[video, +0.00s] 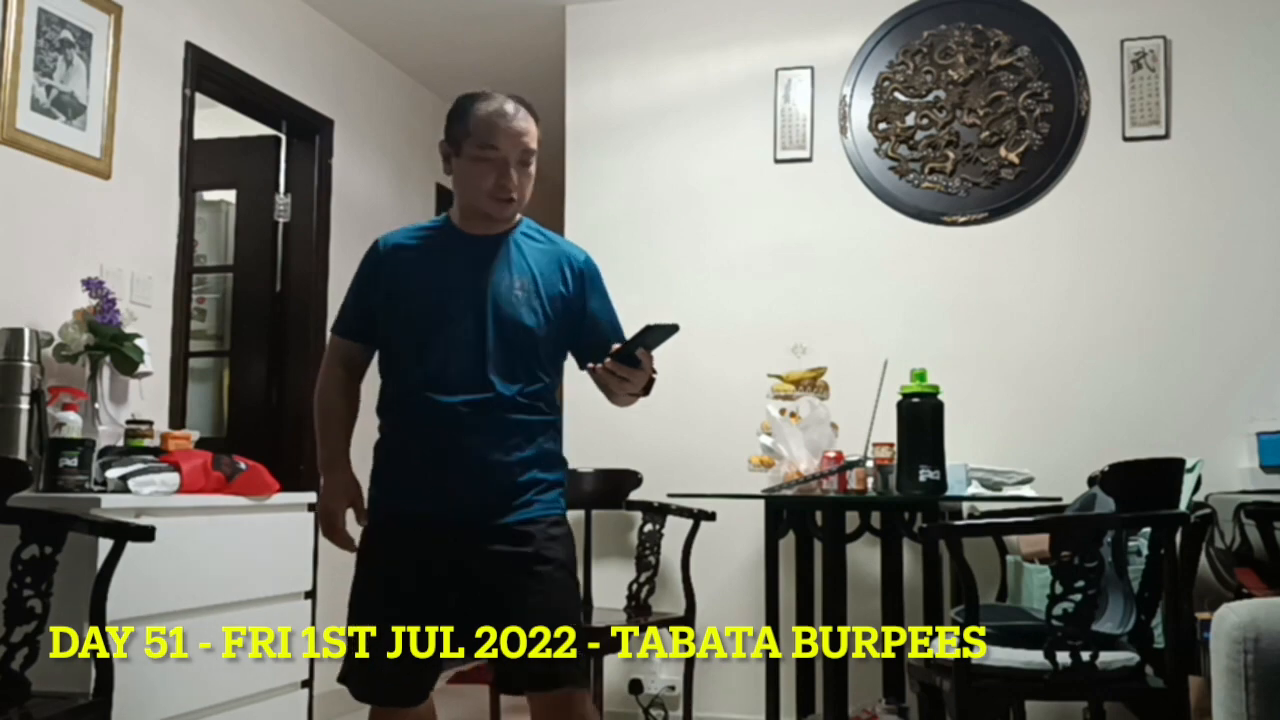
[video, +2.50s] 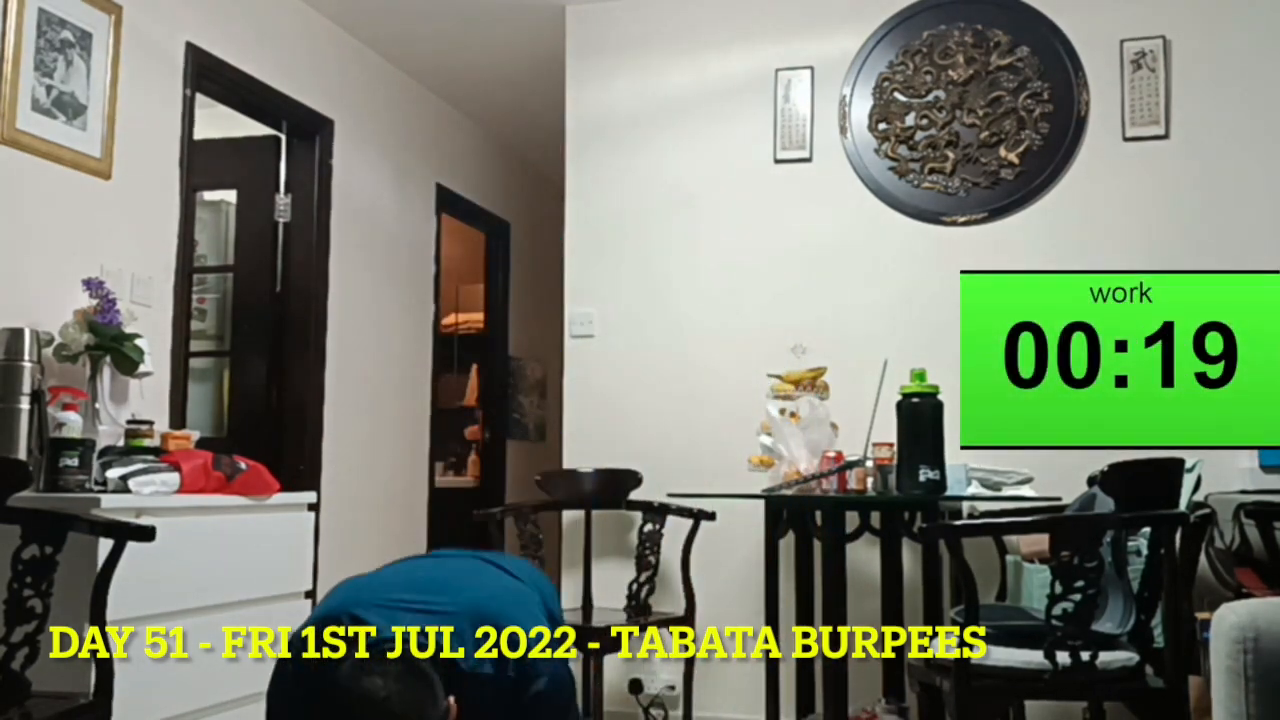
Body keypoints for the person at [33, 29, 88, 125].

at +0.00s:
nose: (66, 52)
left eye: (69, 48)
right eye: (63, 49)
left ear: (74, 49)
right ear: (61, 51)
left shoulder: (79, 66)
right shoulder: (61, 60)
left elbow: (69, 89)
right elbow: (57, 81)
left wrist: (48, 82)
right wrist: (49, 101)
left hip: (79, 102)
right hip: (62, 95)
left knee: (63, 98)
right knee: (47, 88)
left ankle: (69, 120)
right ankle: (61, 116)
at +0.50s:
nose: (66, 52)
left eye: (69, 48)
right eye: (63, 49)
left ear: (74, 49)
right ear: (61, 51)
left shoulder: (79, 66)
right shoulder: (61, 60)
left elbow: (69, 89)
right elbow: (57, 81)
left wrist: (48, 82)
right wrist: (49, 101)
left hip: (79, 102)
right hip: (62, 95)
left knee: (64, 98)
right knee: (47, 88)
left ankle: (70, 120)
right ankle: (60, 116)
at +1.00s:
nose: (67, 51)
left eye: (69, 48)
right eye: (64, 49)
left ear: (74, 49)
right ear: (61, 50)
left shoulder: (79, 66)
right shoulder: (61, 60)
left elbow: (69, 89)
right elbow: (57, 80)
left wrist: (48, 82)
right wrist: (49, 101)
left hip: (79, 102)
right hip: (64, 95)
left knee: (63, 98)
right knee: (48, 88)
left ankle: (70, 119)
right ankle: (61, 116)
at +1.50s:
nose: (66, 51)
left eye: (69, 48)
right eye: (63, 49)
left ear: (74, 49)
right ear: (61, 50)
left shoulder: (79, 66)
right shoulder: (62, 60)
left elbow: (69, 89)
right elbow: (57, 81)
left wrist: (49, 82)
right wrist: (49, 101)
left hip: (79, 102)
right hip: (64, 95)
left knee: (64, 98)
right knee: (48, 88)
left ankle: (70, 119)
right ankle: (61, 116)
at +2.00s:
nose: (66, 52)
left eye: (69, 48)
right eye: (63, 49)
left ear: (74, 49)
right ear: (61, 50)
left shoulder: (79, 65)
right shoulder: (61, 60)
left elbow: (70, 89)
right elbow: (57, 81)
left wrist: (49, 82)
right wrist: (49, 101)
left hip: (79, 101)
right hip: (63, 94)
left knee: (64, 98)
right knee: (49, 89)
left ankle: (70, 119)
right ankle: (61, 117)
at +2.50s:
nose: (66, 51)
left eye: (69, 48)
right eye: (63, 48)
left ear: (74, 49)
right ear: (60, 50)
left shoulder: (79, 65)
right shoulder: (61, 60)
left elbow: (70, 89)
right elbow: (57, 81)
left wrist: (49, 83)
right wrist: (49, 101)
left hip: (80, 102)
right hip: (63, 95)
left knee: (64, 98)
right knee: (48, 88)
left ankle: (70, 120)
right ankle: (61, 117)